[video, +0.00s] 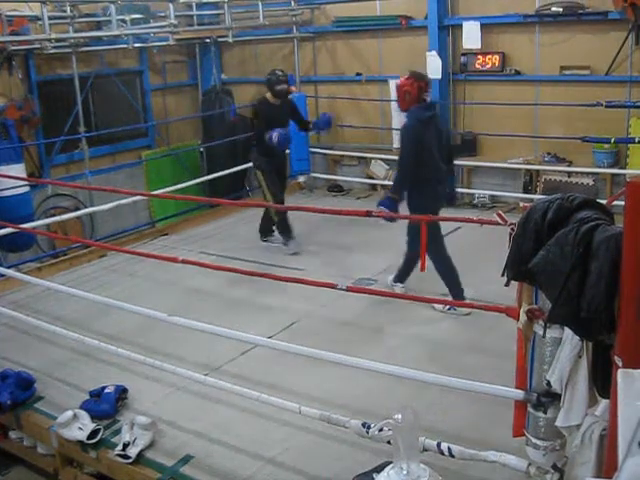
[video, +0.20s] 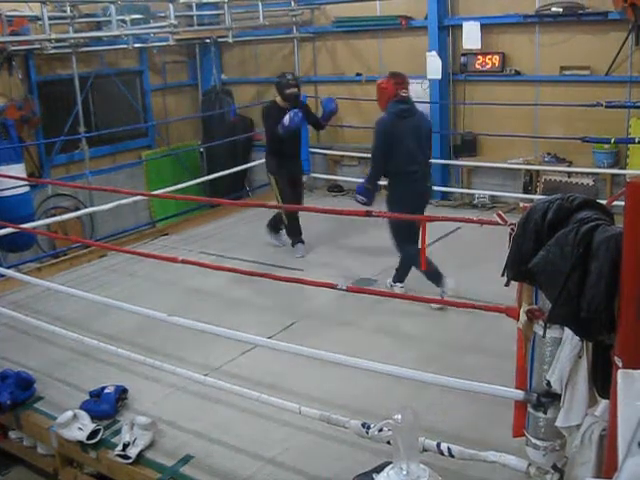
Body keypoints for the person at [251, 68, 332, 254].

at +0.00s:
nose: (285, 88)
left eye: (286, 84)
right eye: (280, 85)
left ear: (288, 85)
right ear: (271, 87)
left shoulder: (288, 103)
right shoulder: (260, 106)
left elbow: (302, 125)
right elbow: (257, 135)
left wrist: (316, 125)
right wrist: (270, 138)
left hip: (280, 154)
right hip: (261, 156)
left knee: (278, 194)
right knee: (274, 195)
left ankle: (265, 231)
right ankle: (287, 236)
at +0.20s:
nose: (294, 92)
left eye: (296, 88)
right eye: (289, 89)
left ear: (299, 89)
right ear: (280, 91)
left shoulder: (300, 106)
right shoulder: (270, 109)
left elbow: (318, 126)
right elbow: (272, 137)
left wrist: (327, 115)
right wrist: (286, 126)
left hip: (294, 160)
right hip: (276, 161)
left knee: (296, 201)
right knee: (288, 201)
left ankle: (274, 225)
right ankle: (297, 240)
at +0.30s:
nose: (298, 92)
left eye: (300, 87)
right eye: (294, 88)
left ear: (303, 88)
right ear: (284, 90)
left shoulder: (304, 105)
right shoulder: (274, 109)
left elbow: (322, 124)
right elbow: (277, 133)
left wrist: (330, 113)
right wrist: (291, 121)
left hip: (301, 160)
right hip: (282, 162)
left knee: (311, 200)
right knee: (291, 202)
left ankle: (291, 217)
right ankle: (297, 240)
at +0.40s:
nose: (302, 92)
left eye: (305, 88)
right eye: (298, 88)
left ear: (308, 88)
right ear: (289, 89)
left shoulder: (309, 104)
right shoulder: (280, 107)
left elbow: (327, 124)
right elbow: (282, 131)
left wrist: (333, 112)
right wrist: (295, 117)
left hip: (307, 160)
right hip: (288, 162)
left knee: (322, 197)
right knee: (296, 204)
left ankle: (311, 225)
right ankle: (297, 240)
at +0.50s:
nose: (306, 97)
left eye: (309, 93)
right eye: (302, 93)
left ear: (313, 92)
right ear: (295, 92)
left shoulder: (316, 106)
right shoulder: (286, 107)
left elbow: (333, 127)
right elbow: (288, 130)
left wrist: (338, 113)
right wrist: (301, 116)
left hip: (313, 159)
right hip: (293, 161)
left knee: (329, 196)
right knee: (298, 203)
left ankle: (336, 231)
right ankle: (299, 241)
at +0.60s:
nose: (317, 107)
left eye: (320, 103)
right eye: (315, 103)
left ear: (324, 101)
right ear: (308, 100)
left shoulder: (325, 110)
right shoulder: (294, 110)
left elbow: (343, 126)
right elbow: (295, 134)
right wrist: (305, 121)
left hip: (321, 160)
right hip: (301, 163)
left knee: (337, 197)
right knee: (303, 204)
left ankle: (355, 234)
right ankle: (300, 241)